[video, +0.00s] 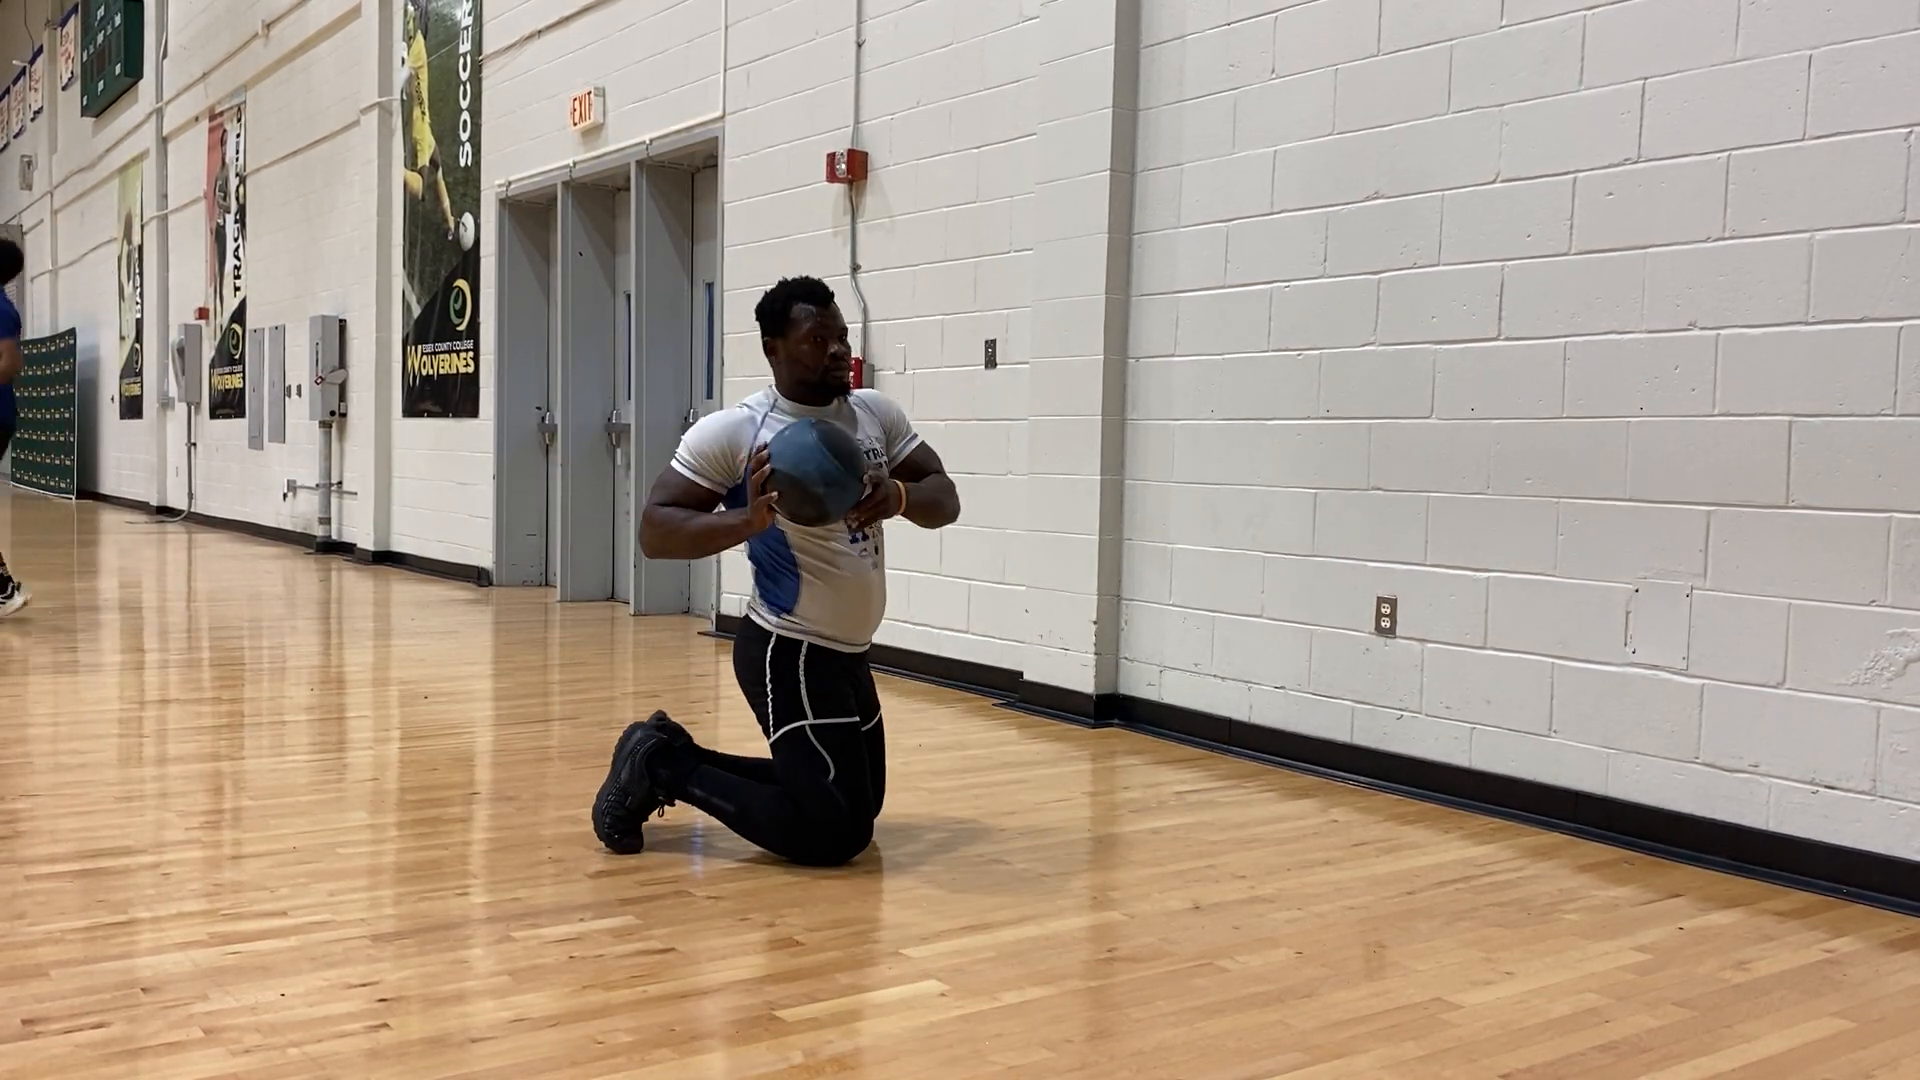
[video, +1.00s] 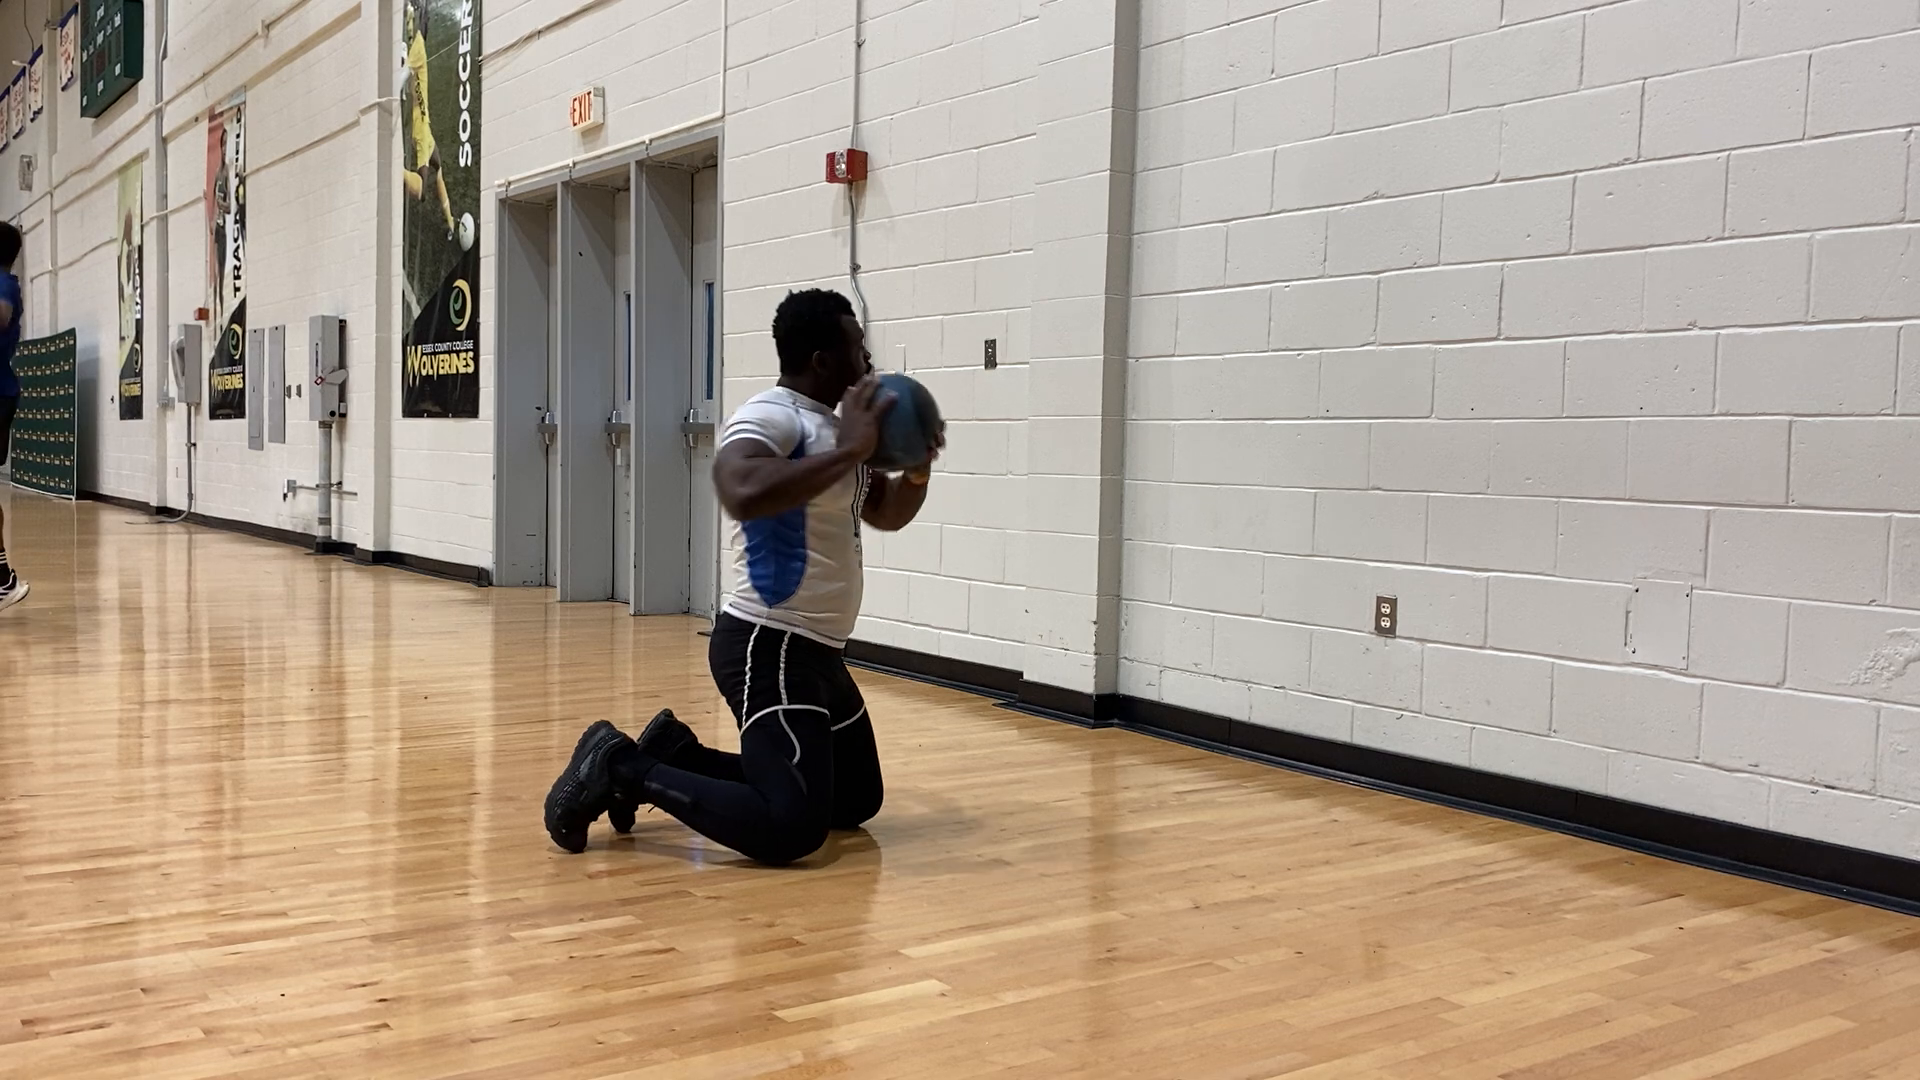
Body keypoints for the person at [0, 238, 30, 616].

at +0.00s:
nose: (14, 279)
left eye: (11, 267)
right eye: (14, 270)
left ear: (2, 269)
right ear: (12, 271)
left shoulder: (6, 310)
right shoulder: (6, 310)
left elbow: (11, 363)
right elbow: (11, 363)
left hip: (2, 418)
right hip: (3, 417)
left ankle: (3, 582)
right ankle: (2, 581)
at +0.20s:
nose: (11, 268)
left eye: (11, 263)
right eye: (11, 262)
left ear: (6, 260)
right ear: (8, 259)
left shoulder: (6, 289)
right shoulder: (5, 289)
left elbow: (6, 338)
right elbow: (5, 341)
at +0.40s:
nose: (6, 278)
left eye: (6, 272)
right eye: (6, 272)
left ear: (2, 275)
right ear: (3, 275)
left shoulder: (1, 316)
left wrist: (3, 420)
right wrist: (3, 420)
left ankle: (1, 591)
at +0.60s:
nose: (5, 254)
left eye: (4, 247)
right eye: (5, 248)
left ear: (2, 251)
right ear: (5, 252)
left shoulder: (4, 284)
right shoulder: (6, 286)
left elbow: (7, 314)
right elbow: (8, 315)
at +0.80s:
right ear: (5, 288)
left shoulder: (5, 333)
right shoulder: (6, 332)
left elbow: (8, 393)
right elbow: (9, 392)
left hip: (5, 441)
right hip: (6, 441)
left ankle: (11, 593)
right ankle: (10, 592)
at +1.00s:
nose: (14, 253)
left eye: (7, 244)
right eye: (15, 245)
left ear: (1, 250)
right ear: (14, 251)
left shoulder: (8, 285)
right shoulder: (12, 286)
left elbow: (5, 320)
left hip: (4, 394)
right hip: (4, 393)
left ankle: (4, 576)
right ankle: (3, 575)